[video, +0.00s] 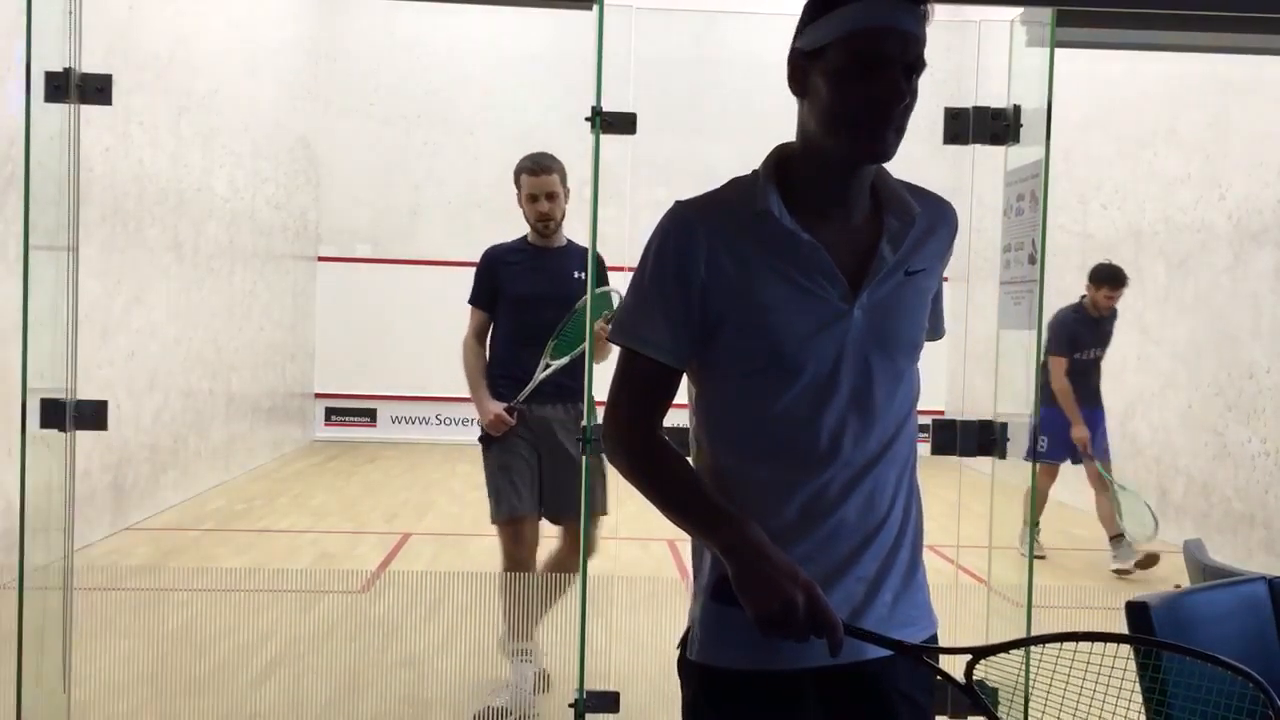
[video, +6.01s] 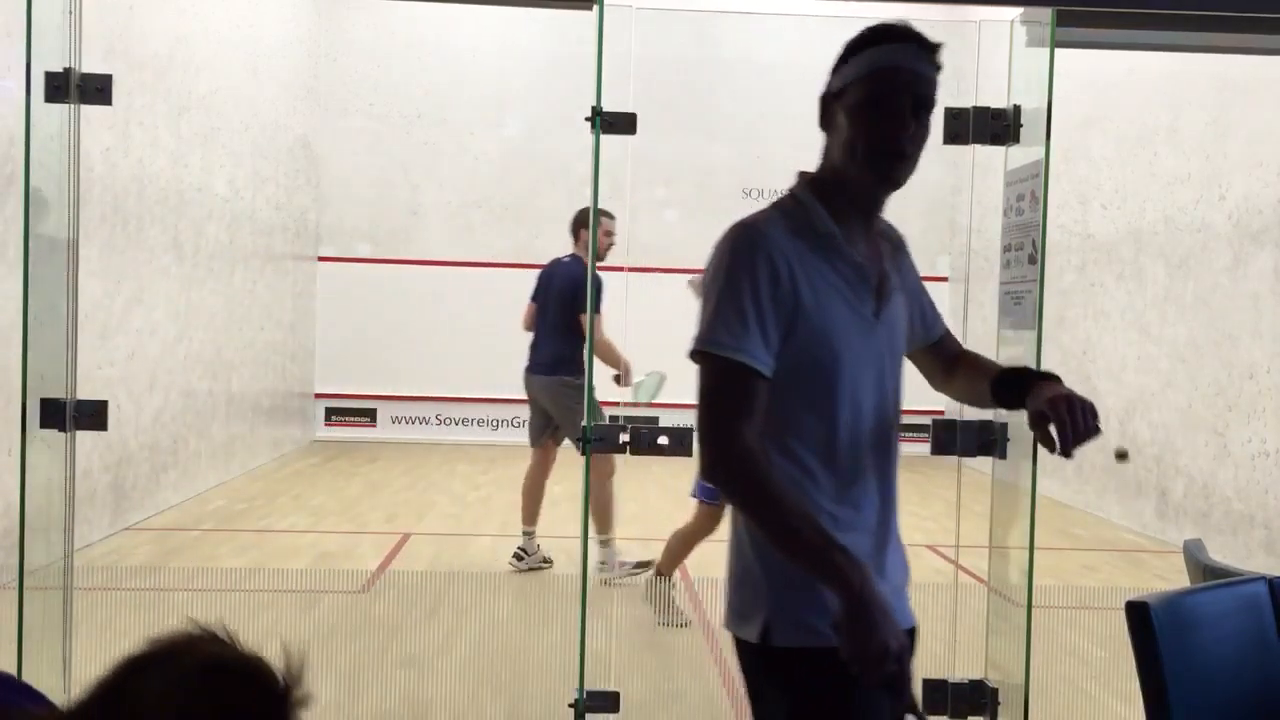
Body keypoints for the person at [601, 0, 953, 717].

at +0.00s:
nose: (894, 93)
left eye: (909, 70)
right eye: (866, 68)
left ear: (922, 82)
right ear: (799, 71)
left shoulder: (928, 225)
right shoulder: (699, 235)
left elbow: (883, 392)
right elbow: (626, 427)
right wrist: (744, 549)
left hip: (894, 635)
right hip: (750, 647)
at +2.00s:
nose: (916, 108)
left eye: (912, 81)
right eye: (899, 78)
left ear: (830, 78)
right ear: (826, 75)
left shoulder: (841, 225)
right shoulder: (686, 223)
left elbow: (808, 422)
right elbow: (689, 460)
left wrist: (885, 491)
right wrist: (881, 498)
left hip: (845, 630)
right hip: (726, 654)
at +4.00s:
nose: (673, 133)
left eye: (667, 114)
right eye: (653, 113)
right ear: (582, 125)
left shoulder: (684, 243)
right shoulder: (493, 262)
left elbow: (755, 371)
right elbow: (448, 427)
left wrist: (757, 387)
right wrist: (546, 505)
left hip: (680, 578)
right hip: (559, 590)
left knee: (709, 714)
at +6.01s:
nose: (905, 131)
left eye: (921, 111)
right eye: (883, 103)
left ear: (932, 126)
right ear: (829, 109)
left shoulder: (886, 249)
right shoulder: (761, 249)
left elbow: (947, 365)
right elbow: (728, 450)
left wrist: (1029, 386)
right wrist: (855, 587)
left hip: (881, 607)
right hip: (798, 617)